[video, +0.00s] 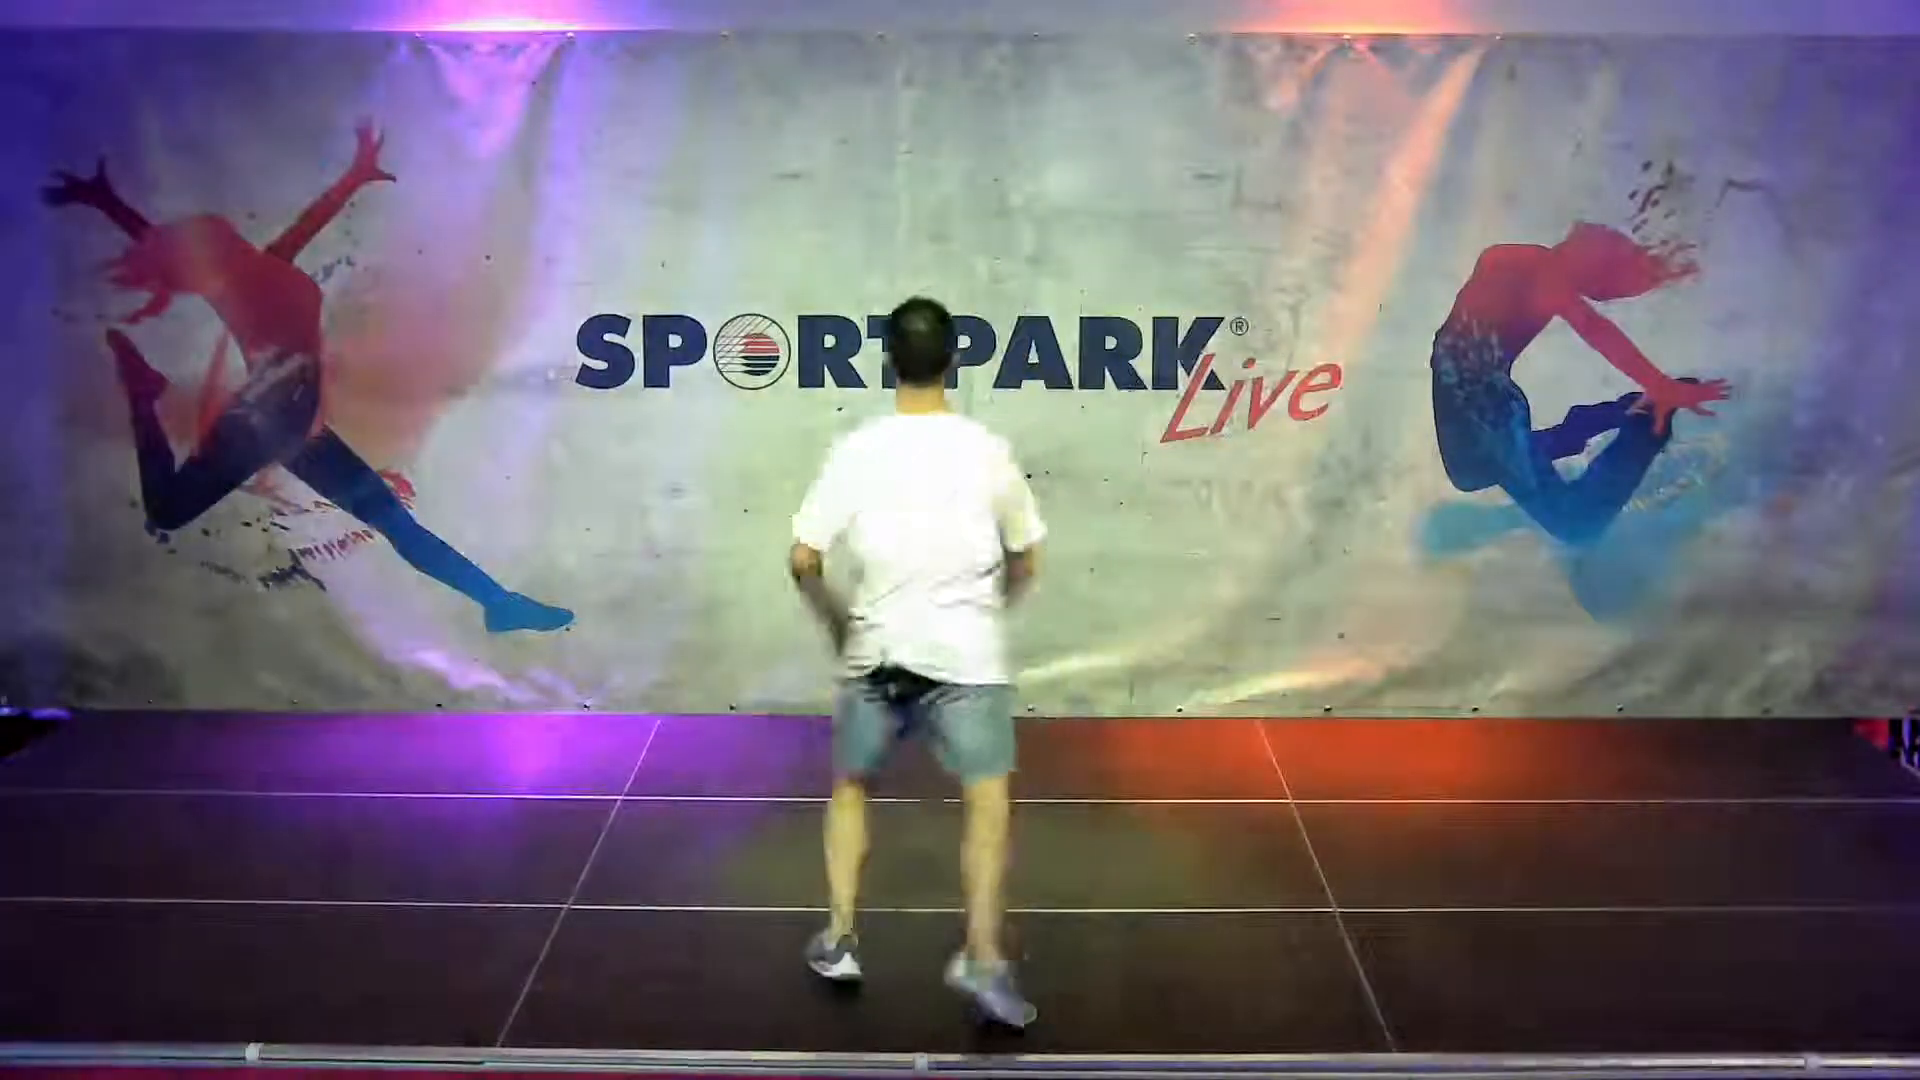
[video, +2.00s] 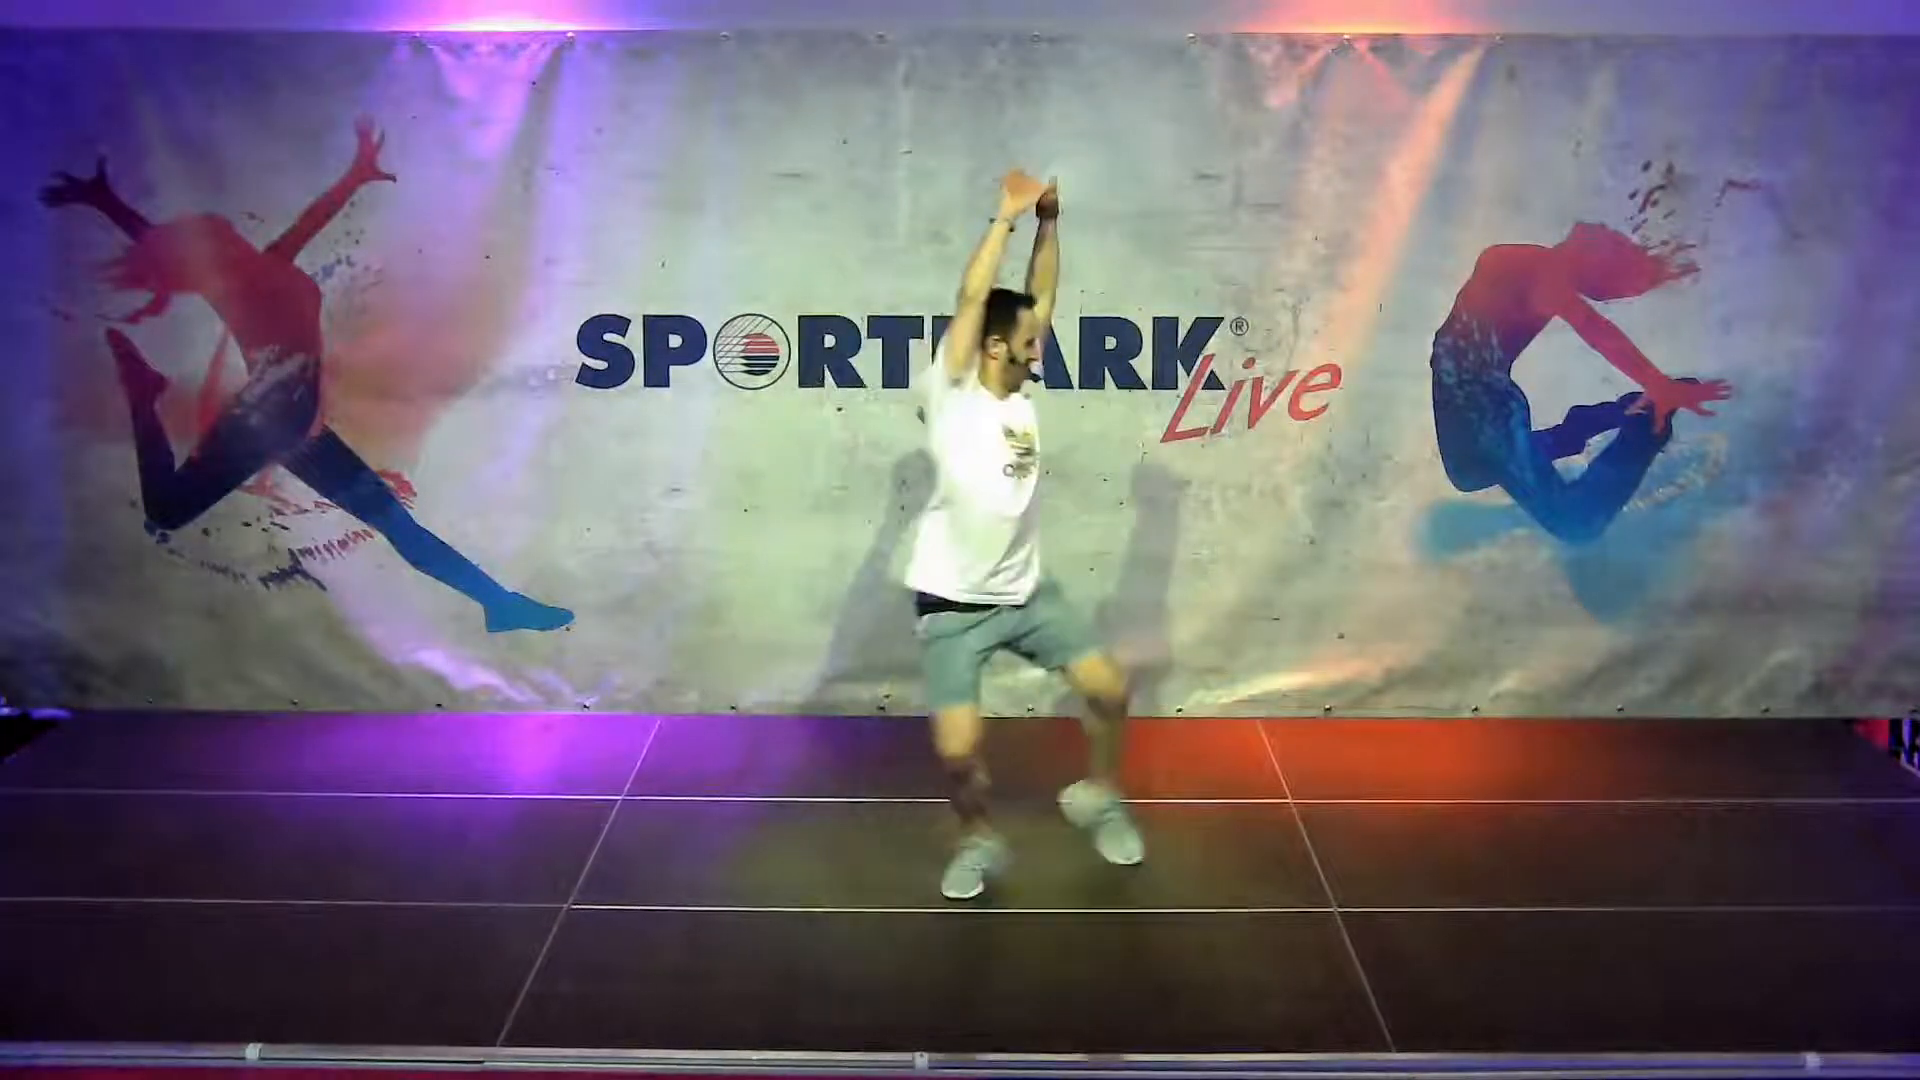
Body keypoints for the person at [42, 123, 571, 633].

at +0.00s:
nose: (181, 289)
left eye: (180, 270)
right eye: (177, 272)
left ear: (208, 257)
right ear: (204, 255)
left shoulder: (265, 268)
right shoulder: (239, 277)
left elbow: (309, 220)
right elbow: (158, 248)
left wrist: (359, 175)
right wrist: (104, 201)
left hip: (301, 428)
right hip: (261, 423)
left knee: (389, 515)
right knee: (167, 511)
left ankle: (500, 602)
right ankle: (142, 394)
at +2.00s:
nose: (190, 284)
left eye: (189, 264)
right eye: (188, 264)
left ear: (207, 255)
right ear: (207, 252)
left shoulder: (262, 268)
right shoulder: (240, 279)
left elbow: (311, 221)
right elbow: (160, 246)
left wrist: (358, 175)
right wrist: (104, 202)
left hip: (297, 426)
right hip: (261, 421)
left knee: (387, 513)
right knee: (166, 511)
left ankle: (500, 602)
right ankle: (141, 395)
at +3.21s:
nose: (181, 281)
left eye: (178, 262)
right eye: (178, 261)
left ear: (202, 251)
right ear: (195, 249)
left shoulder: (264, 267)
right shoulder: (227, 272)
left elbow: (308, 222)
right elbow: (160, 243)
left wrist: (358, 175)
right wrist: (105, 202)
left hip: (297, 424)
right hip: (263, 419)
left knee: (388, 516)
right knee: (166, 511)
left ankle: (500, 602)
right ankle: (143, 397)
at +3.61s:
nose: (185, 281)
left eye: (182, 262)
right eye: (181, 263)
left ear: (206, 253)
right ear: (196, 258)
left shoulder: (266, 267)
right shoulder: (234, 276)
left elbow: (308, 223)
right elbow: (153, 242)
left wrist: (357, 176)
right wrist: (99, 197)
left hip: (298, 426)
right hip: (262, 421)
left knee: (387, 515)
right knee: (166, 510)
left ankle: (500, 602)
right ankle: (140, 390)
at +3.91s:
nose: (181, 283)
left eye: (180, 263)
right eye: (178, 264)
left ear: (204, 254)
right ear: (195, 257)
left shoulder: (267, 267)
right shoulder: (231, 274)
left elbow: (309, 222)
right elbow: (153, 242)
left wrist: (357, 176)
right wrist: (99, 197)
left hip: (298, 425)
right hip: (261, 421)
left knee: (387, 514)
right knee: (166, 511)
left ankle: (500, 602)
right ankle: (141, 393)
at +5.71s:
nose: (177, 291)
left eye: (176, 271)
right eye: (166, 278)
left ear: (203, 255)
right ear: (206, 253)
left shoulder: (262, 269)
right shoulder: (244, 275)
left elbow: (308, 223)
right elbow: (155, 243)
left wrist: (357, 176)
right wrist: (105, 201)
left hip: (295, 424)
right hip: (263, 421)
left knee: (386, 512)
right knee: (166, 511)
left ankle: (499, 601)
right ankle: (140, 393)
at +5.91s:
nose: (175, 292)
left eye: (175, 272)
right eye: (164, 279)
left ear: (201, 256)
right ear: (205, 253)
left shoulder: (262, 270)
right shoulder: (244, 274)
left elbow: (307, 223)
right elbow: (156, 243)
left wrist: (357, 176)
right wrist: (105, 201)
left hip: (294, 424)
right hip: (264, 420)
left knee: (386, 512)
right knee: (166, 511)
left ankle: (499, 601)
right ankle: (139, 393)